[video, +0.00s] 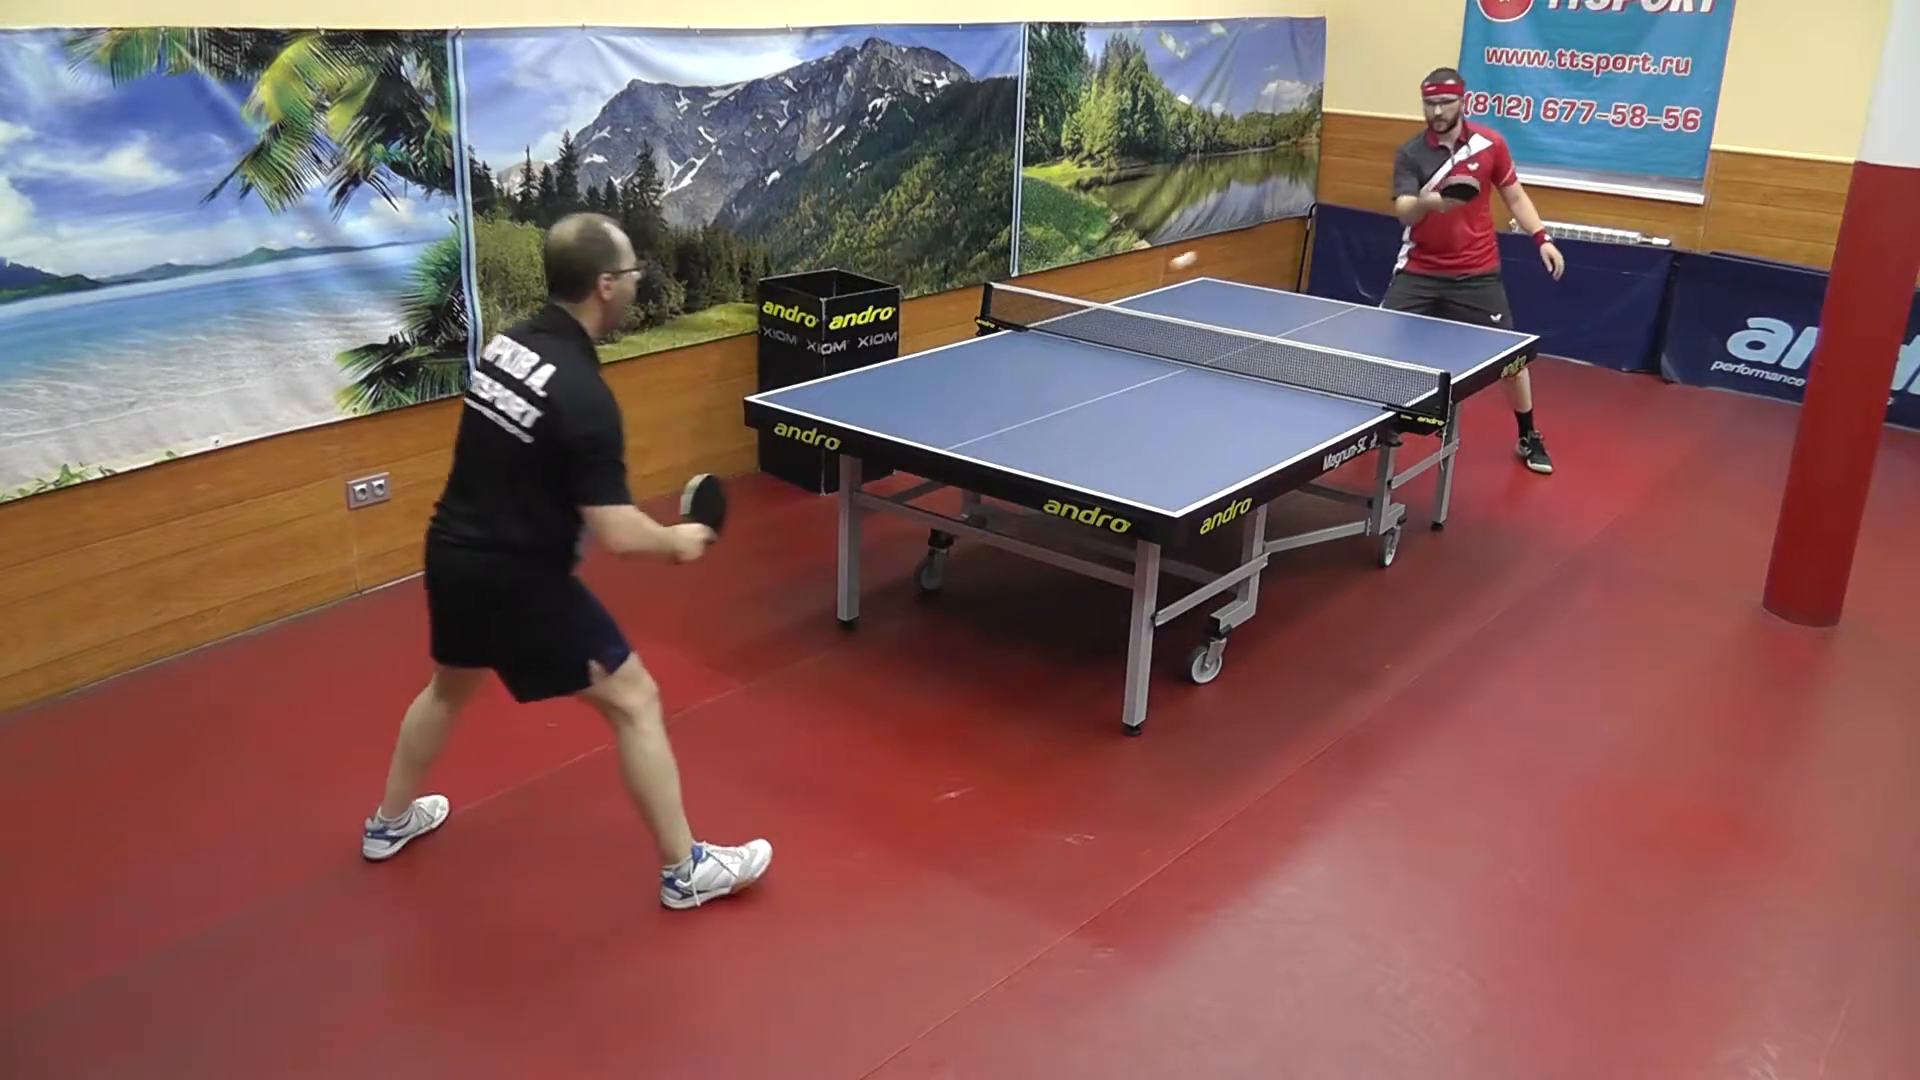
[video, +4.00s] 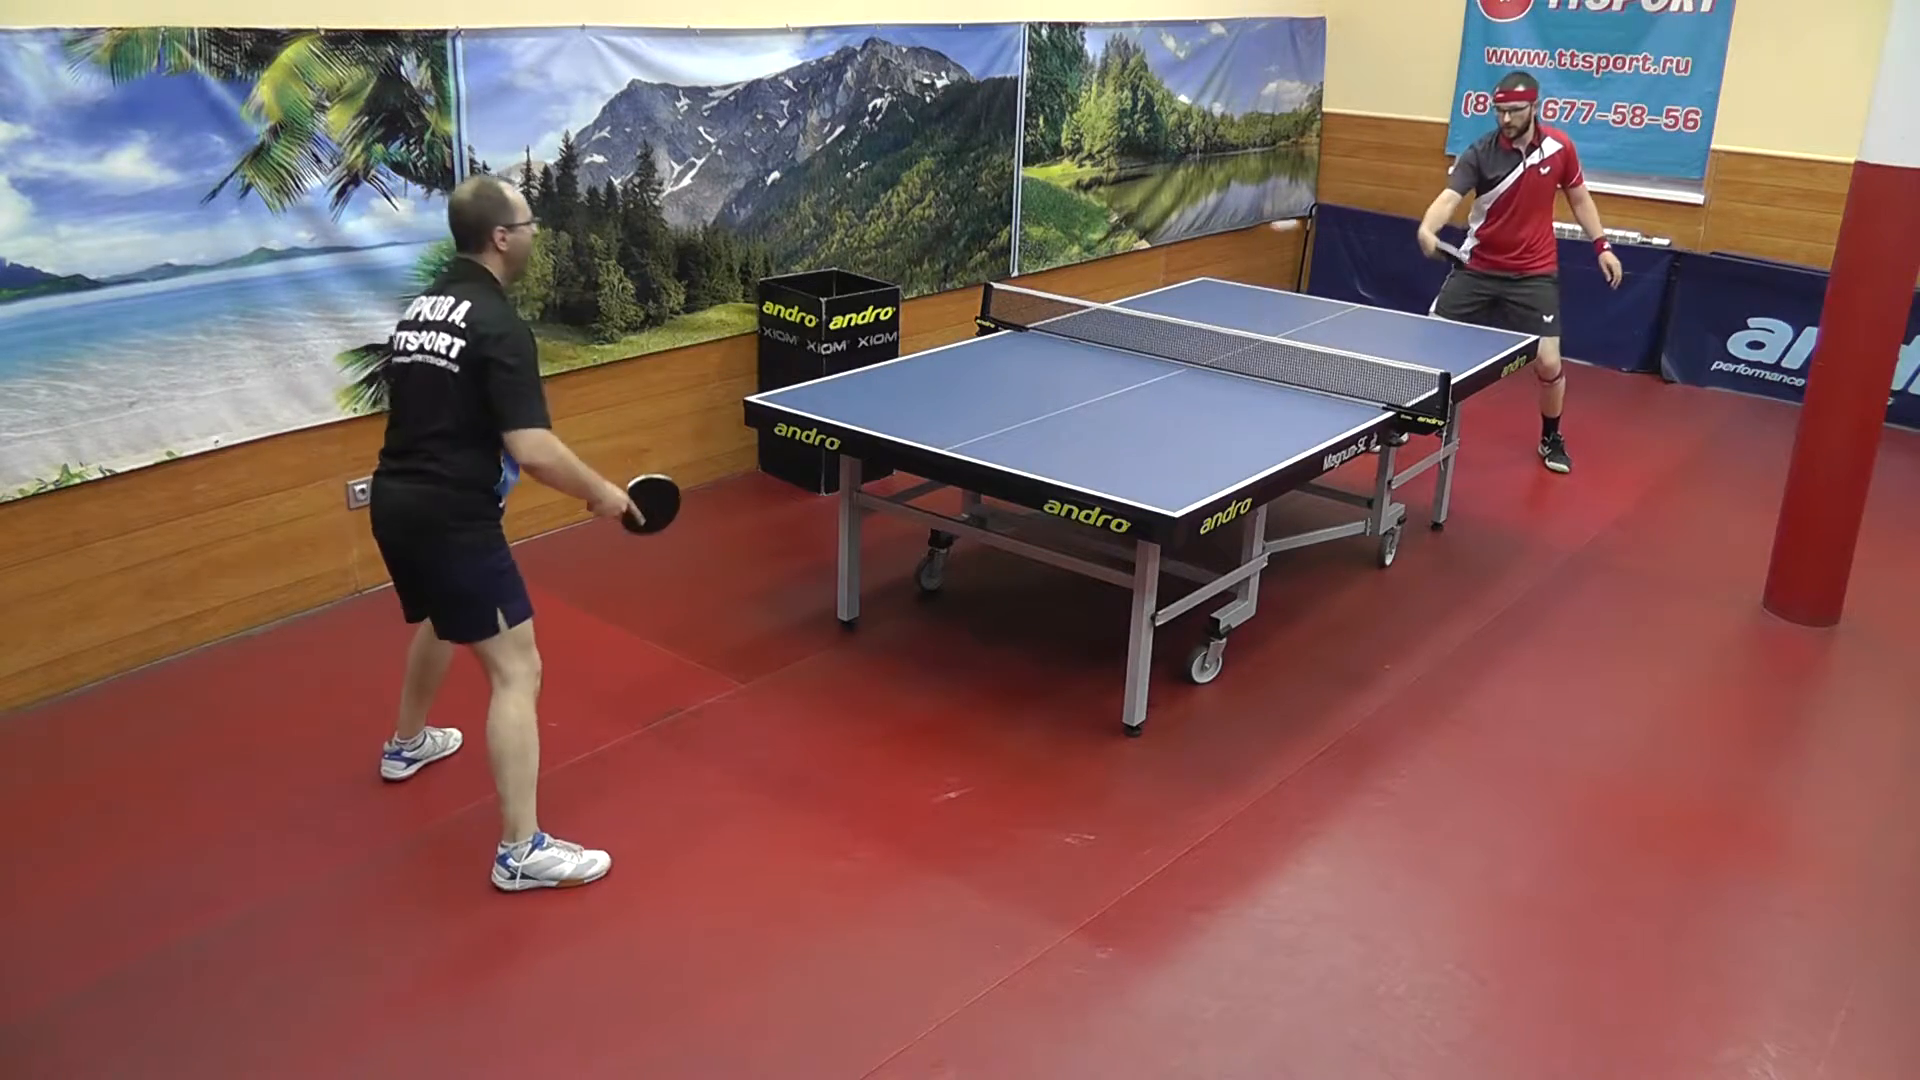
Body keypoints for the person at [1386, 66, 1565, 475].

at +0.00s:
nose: (1438, 113)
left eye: (1446, 104)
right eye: (1431, 104)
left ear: (1463, 102)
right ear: (1422, 105)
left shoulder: (1490, 145)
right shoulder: (1411, 154)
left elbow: (1515, 197)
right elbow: (1403, 213)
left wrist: (1543, 240)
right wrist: (1424, 202)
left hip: (1478, 276)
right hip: (1418, 273)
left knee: (1511, 354)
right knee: (1381, 345)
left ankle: (1529, 437)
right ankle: (1371, 425)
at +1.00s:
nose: (1485, 110)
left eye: (1494, 102)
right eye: (1479, 101)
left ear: (1513, 103)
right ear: (1471, 100)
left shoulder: (1540, 148)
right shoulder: (1462, 145)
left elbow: (1551, 210)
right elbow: (1435, 194)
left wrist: (1537, 262)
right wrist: (1432, 216)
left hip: (1511, 275)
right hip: (1457, 266)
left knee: (1524, 363)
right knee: (1414, 336)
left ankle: (1532, 437)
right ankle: (1400, 415)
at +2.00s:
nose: (1507, 101)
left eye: (1518, 93)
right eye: (1502, 92)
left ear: (1536, 96)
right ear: (1496, 93)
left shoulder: (1556, 147)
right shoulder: (1477, 133)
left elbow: (1559, 214)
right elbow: (1438, 168)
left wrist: (1542, 266)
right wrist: (1419, 169)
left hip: (1513, 278)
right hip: (1457, 266)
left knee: (1523, 367)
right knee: (1414, 340)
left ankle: (1531, 437)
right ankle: (1397, 414)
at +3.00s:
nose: (1471, 106)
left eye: (1480, 98)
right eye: (1466, 98)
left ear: (1500, 98)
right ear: (1459, 98)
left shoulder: (1526, 142)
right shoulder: (1447, 146)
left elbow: (1544, 196)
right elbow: (1432, 196)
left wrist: (1561, 247)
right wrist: (1424, 229)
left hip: (1508, 272)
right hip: (1449, 269)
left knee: (1534, 361)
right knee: (1408, 342)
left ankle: (1543, 436)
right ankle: (1397, 417)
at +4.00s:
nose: (1507, 119)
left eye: (1515, 111)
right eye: (1501, 110)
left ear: (1534, 107)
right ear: (1494, 109)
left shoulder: (1558, 147)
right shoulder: (1481, 152)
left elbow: (1579, 197)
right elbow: (1449, 198)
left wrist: (1601, 247)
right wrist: (1428, 227)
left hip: (1534, 275)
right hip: (1476, 269)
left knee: (1549, 365)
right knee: (1429, 342)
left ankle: (1551, 438)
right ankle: (1404, 416)